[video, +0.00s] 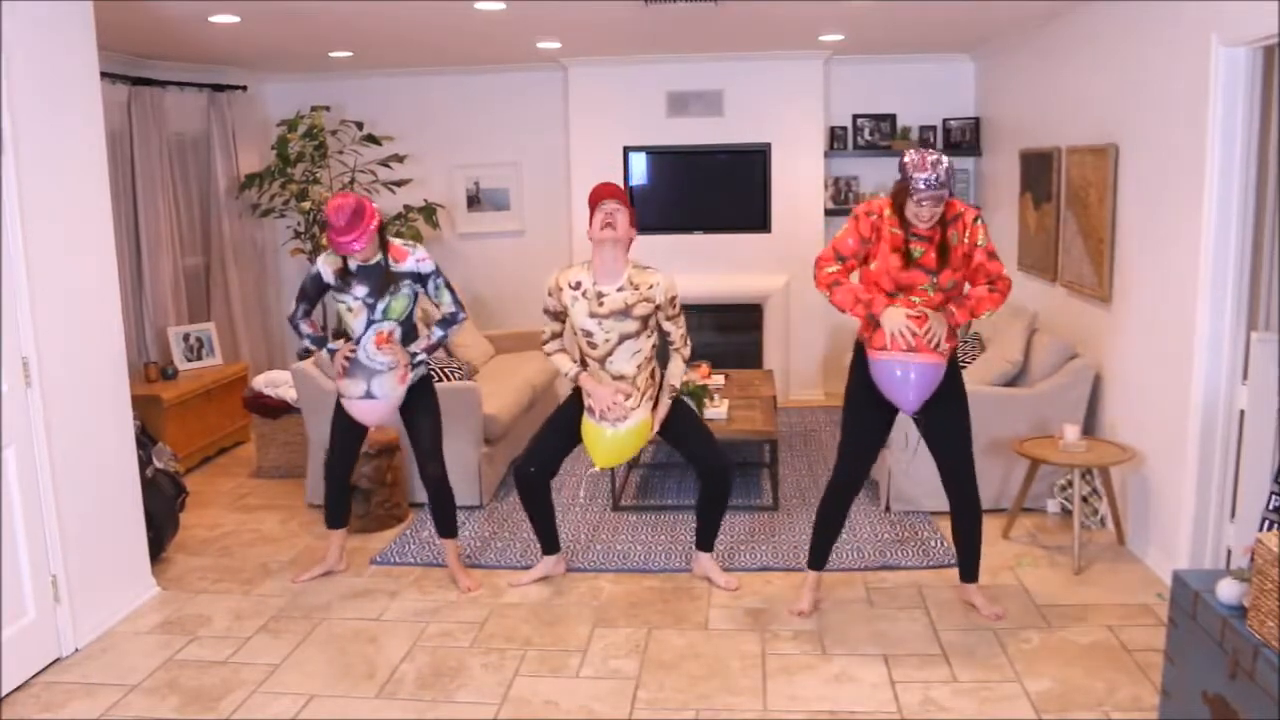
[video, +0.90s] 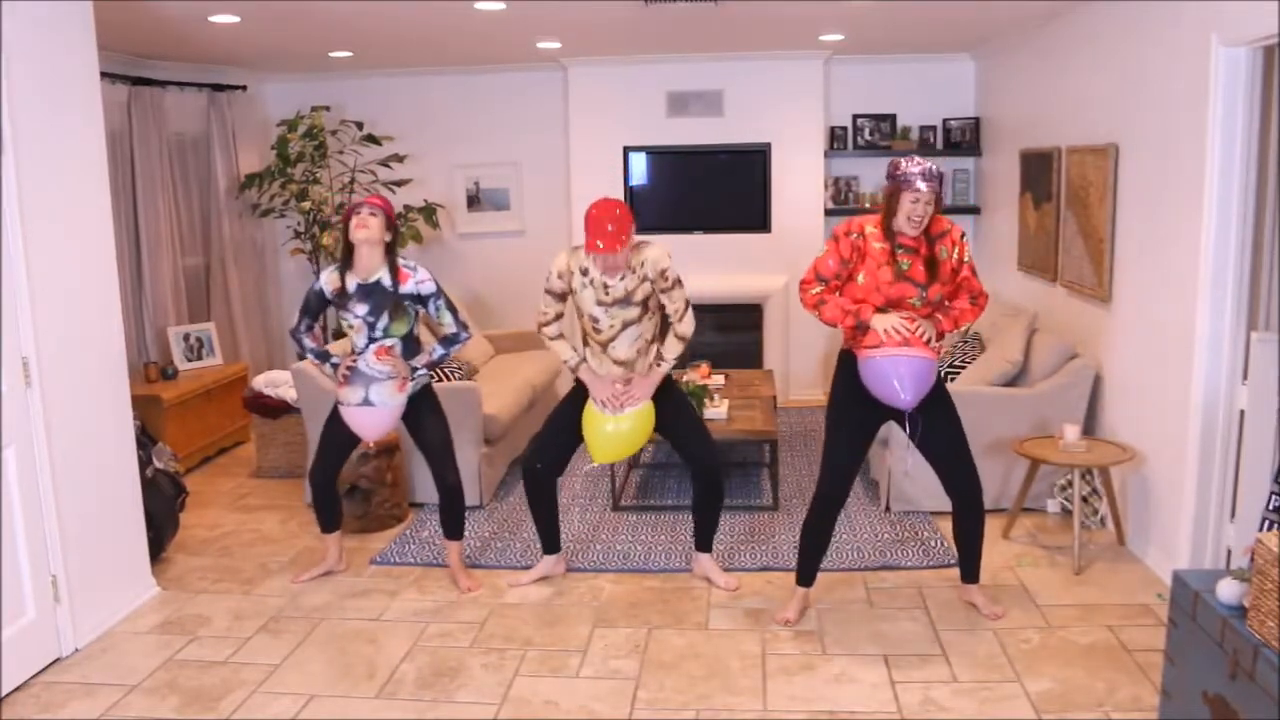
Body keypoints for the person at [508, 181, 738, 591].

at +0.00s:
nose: (607, 214)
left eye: (618, 212)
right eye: (600, 212)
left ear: (632, 233)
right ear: (588, 231)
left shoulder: (655, 284)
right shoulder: (565, 284)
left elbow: (680, 349)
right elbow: (552, 345)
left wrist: (662, 406)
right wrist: (588, 383)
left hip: (652, 393)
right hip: (590, 395)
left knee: (717, 466)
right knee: (529, 470)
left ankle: (704, 554)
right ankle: (552, 556)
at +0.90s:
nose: (610, 263)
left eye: (617, 253)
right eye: (601, 254)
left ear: (631, 239)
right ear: (588, 244)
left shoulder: (653, 260)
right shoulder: (568, 265)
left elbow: (683, 323)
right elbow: (549, 326)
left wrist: (652, 378)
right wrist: (589, 378)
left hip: (652, 381)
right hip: (592, 384)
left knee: (707, 462)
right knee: (537, 465)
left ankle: (703, 555)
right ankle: (552, 556)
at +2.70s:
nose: (612, 291)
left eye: (619, 283)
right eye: (603, 283)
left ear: (634, 261)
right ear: (588, 263)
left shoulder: (660, 270)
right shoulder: (567, 268)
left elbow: (694, 339)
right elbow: (540, 332)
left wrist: (657, 392)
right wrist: (575, 387)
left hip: (651, 400)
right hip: (588, 400)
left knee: (718, 469)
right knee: (527, 480)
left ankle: (702, 558)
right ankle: (552, 558)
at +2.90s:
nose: (611, 260)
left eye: (619, 251)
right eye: (604, 252)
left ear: (635, 232)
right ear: (592, 236)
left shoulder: (662, 258)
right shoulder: (571, 256)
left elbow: (697, 324)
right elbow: (539, 321)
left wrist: (656, 380)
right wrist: (576, 378)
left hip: (648, 396)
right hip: (587, 396)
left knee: (708, 478)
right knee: (531, 484)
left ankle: (701, 558)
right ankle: (552, 558)